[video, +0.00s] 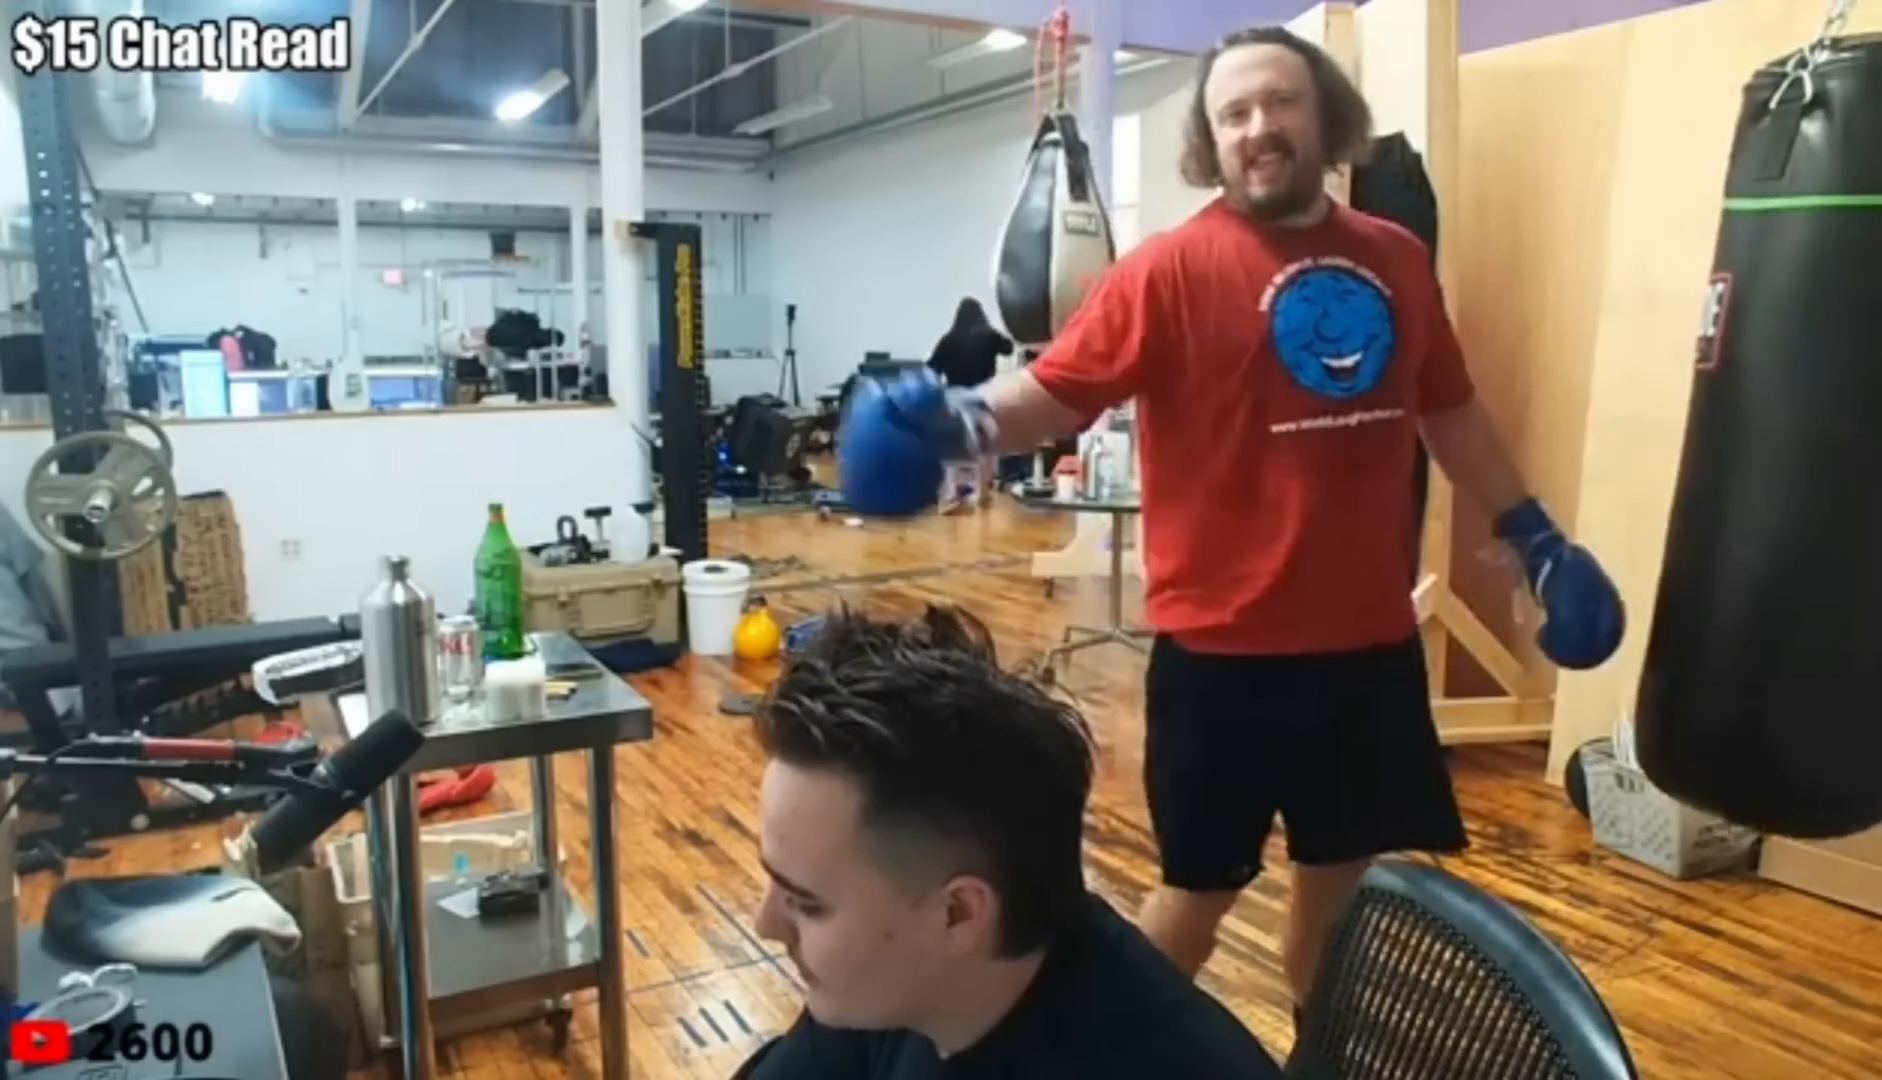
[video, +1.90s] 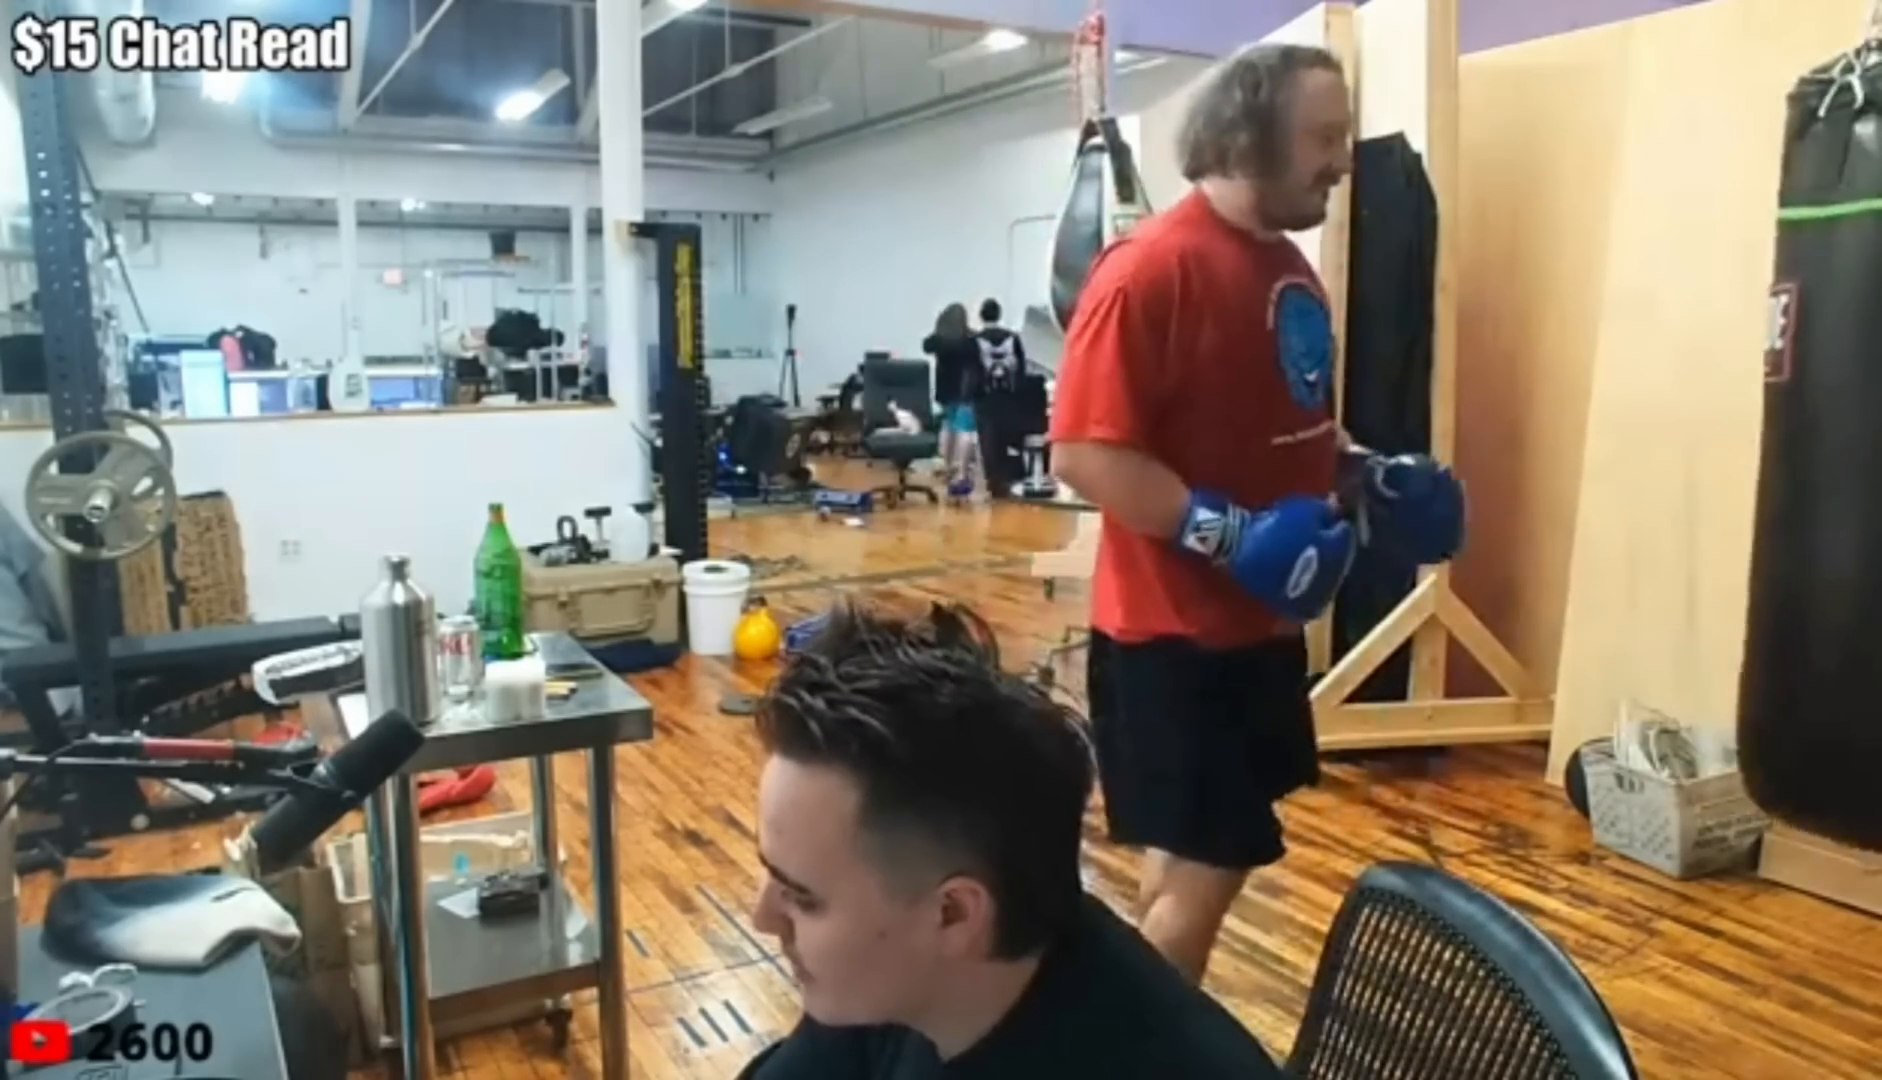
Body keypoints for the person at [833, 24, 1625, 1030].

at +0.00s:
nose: (1257, 128)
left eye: (1280, 102)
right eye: (1233, 112)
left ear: (1331, 122)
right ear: (1208, 140)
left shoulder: (1394, 259)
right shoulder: (1167, 271)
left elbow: (1450, 414)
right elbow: (1060, 389)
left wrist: (1540, 543)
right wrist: (957, 422)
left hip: (1362, 645)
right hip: (1214, 650)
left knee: (1339, 877)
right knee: (1198, 890)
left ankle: (1321, 1057)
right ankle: (1113, 1056)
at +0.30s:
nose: (1157, 130)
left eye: (1178, 104)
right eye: (1133, 118)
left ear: (1234, 117)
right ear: (1111, 149)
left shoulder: (1312, 252)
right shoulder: (1085, 277)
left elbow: (1380, 402)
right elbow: (962, 373)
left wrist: (1480, 521)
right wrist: (834, 341)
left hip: (1317, 657)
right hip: (1158, 676)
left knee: (1320, 889)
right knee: (1109, 925)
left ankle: (1313, 1062)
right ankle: (1096, 1077)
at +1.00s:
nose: (1073, 107)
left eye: (1092, 81)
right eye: (1041, 88)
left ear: (1126, 97)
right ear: (995, 120)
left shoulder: (1179, 236)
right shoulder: (946, 265)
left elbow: (1237, 384)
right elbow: (831, 377)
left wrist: (1343, 500)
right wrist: (839, 437)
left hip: (1188, 630)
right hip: (1034, 658)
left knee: (1217, 844)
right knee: (1064, 889)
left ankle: (1194, 1004)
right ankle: (1064, 1036)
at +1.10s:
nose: (1134, 114)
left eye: (1150, 93)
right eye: (1104, 92)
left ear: (1167, 108)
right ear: (1038, 109)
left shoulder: (1187, 244)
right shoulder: (978, 262)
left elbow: (1232, 394)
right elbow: (869, 421)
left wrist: (1331, 500)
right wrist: (928, 512)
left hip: (1190, 638)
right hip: (1044, 663)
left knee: (1199, 850)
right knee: (1052, 894)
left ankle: (1178, 1022)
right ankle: (1048, 1042)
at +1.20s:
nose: (1177, 124)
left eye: (1184, 102)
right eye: (1149, 103)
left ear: (1194, 109)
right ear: (1073, 117)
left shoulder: (1196, 251)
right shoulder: (1001, 265)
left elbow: (1222, 396)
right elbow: (910, 445)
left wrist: (1315, 494)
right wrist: (1011, 545)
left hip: (1196, 637)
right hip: (1058, 657)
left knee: (1194, 845)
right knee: (1068, 885)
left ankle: (1165, 1017)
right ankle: (1063, 1038)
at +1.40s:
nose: (1274, 162)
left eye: (1275, 139)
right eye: (1255, 139)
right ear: (1177, 142)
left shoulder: (1229, 276)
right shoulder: (1081, 288)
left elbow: (1227, 433)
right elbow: (1023, 474)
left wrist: (1304, 497)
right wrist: (1162, 565)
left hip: (1215, 648)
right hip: (1102, 659)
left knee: (1180, 877)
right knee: (1084, 896)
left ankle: (1148, 1051)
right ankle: (1063, 1064)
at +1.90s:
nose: (1341, 162)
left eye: (1346, 140)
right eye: (1325, 140)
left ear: (1254, 141)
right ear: (1247, 138)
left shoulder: (1288, 270)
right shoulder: (1146, 269)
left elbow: (1286, 432)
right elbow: (1085, 453)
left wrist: (1376, 482)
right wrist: (1229, 533)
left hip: (1257, 625)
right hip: (1170, 630)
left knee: (1189, 865)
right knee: (1207, 867)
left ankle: (1121, 1046)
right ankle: (1147, 1063)